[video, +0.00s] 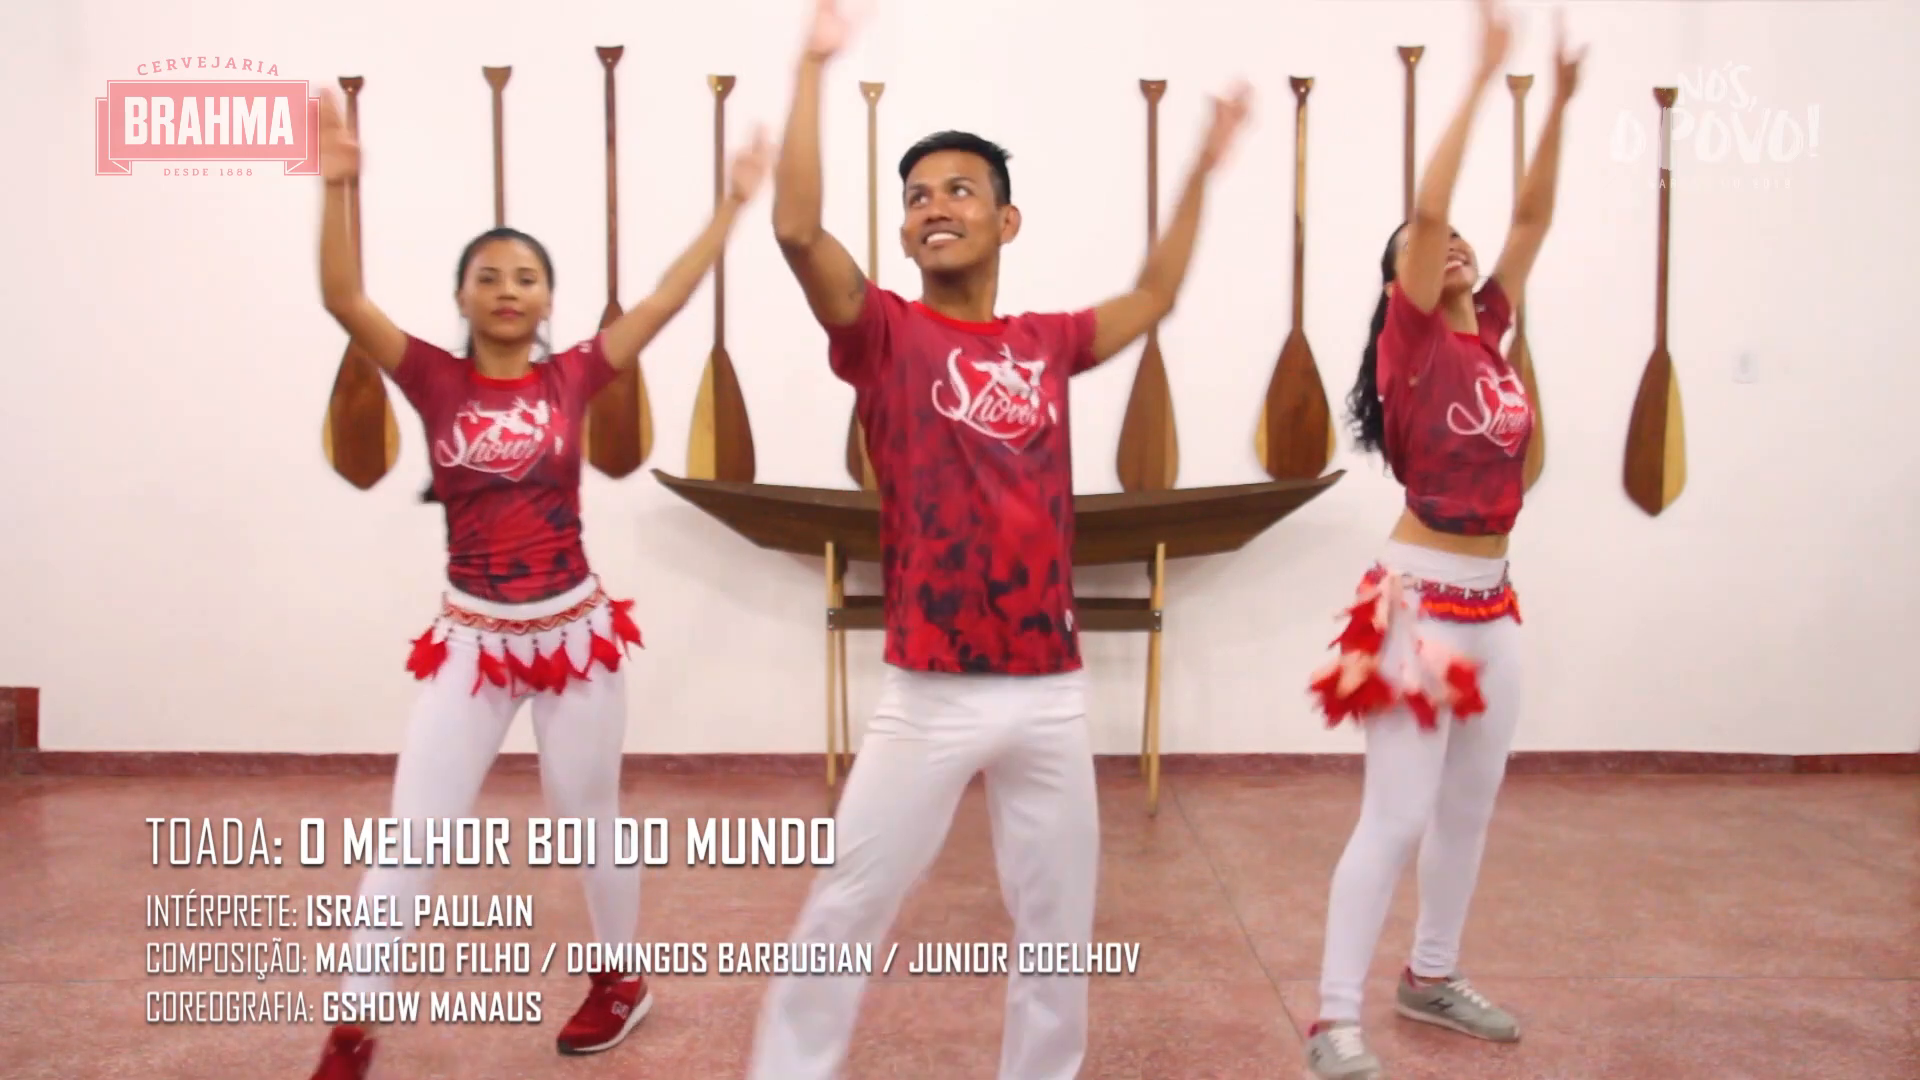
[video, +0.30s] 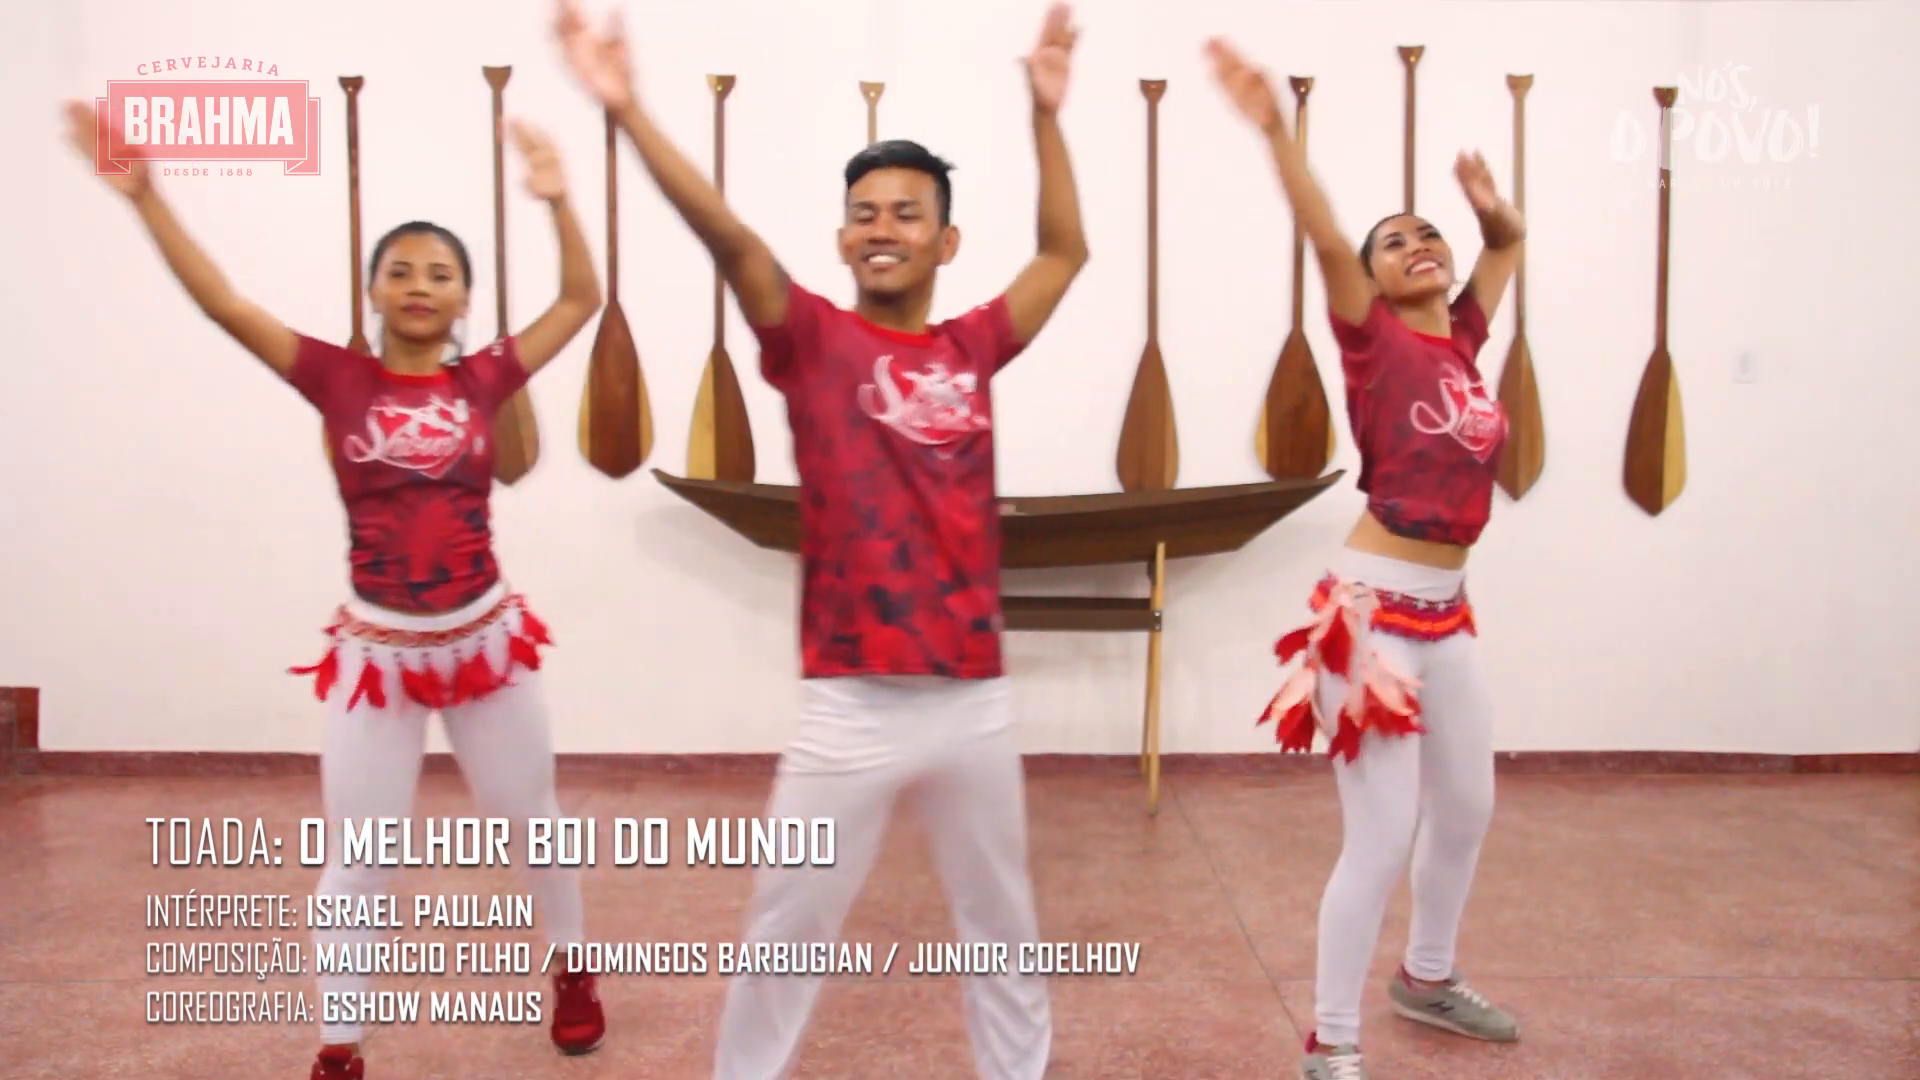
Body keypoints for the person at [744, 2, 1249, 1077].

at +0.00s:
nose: (937, 206)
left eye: (961, 189)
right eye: (920, 194)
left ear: (1009, 221)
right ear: (902, 228)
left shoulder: (1046, 343)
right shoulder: (883, 333)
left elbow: (1155, 293)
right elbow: (799, 231)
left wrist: (1205, 166)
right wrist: (813, 60)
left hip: (1046, 693)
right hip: (925, 694)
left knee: (1059, 948)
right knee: (841, 923)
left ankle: (1039, 1079)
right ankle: (783, 1076)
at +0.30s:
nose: (881, 228)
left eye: (905, 213)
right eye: (864, 213)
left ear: (946, 241)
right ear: (840, 236)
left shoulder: (971, 351)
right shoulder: (813, 343)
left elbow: (1065, 251)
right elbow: (727, 233)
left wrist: (1048, 111)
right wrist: (626, 106)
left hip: (969, 701)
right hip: (849, 705)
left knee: (1006, 941)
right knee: (783, 947)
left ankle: (1018, 1076)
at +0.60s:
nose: (814, 246)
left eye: (838, 228)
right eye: (795, 222)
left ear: (870, 239)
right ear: (762, 225)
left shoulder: (889, 348)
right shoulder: (701, 328)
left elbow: (1005, 259)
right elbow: (568, 252)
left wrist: (970, 128)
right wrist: (443, 152)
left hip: (849, 709)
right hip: (713, 707)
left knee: (932, 939)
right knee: (695, 961)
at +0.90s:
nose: (774, 242)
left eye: (798, 222)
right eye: (754, 219)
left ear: (829, 237)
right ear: (717, 225)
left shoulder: (854, 352)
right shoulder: (664, 331)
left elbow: (953, 288)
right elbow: (508, 301)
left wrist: (867, 174)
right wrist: (356, 243)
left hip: (790, 716)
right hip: (670, 705)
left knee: (774, 966)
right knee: (684, 967)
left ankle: (775, 1078)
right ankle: (712, 1074)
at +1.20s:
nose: (758, 225)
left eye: (781, 205)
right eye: (737, 204)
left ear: (817, 223)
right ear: (703, 219)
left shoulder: (844, 344)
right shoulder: (653, 344)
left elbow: (909, 226)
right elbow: (503, 289)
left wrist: (789, 82)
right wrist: (365, 189)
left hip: (801, 724)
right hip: (681, 717)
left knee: (801, 960)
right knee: (677, 966)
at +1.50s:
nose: (802, 225)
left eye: (825, 208)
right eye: (778, 207)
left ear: (861, 236)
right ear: (745, 234)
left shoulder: (886, 356)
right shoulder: (713, 349)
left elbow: (955, 237)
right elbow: (599, 223)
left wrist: (957, 63)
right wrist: (540, 57)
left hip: (843, 751)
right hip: (714, 742)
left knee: (927, 1008)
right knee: (701, 997)